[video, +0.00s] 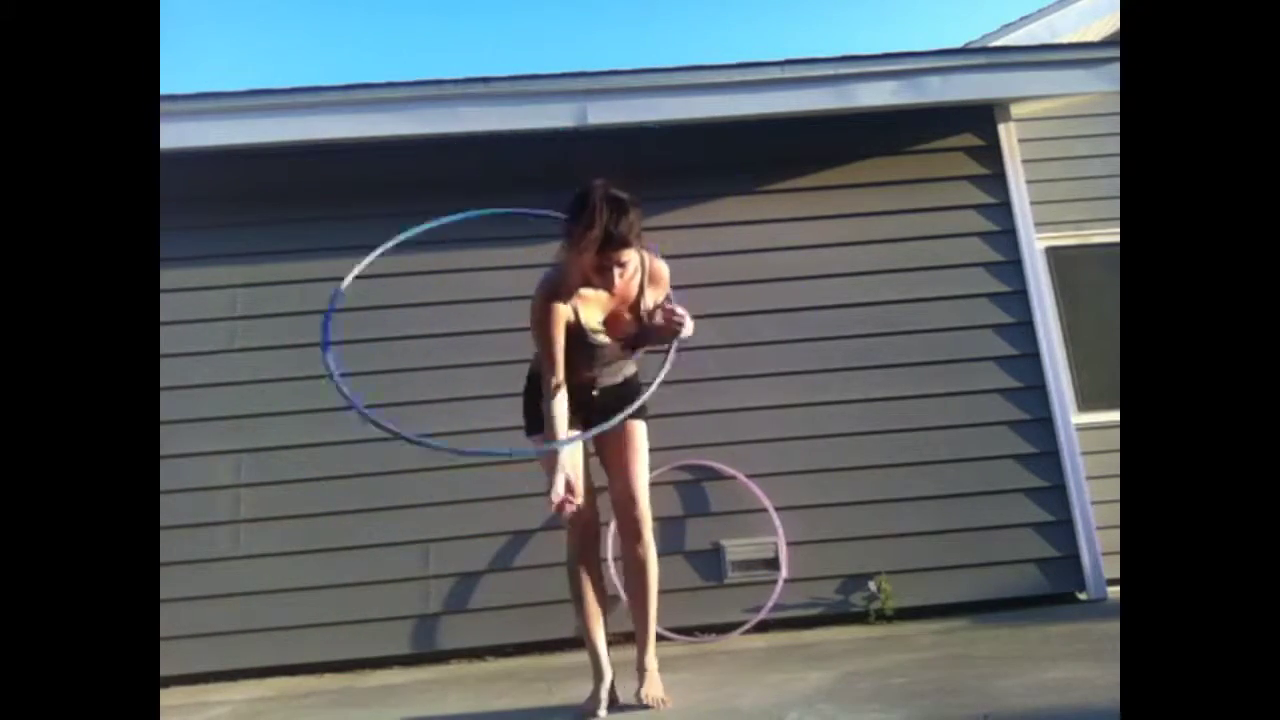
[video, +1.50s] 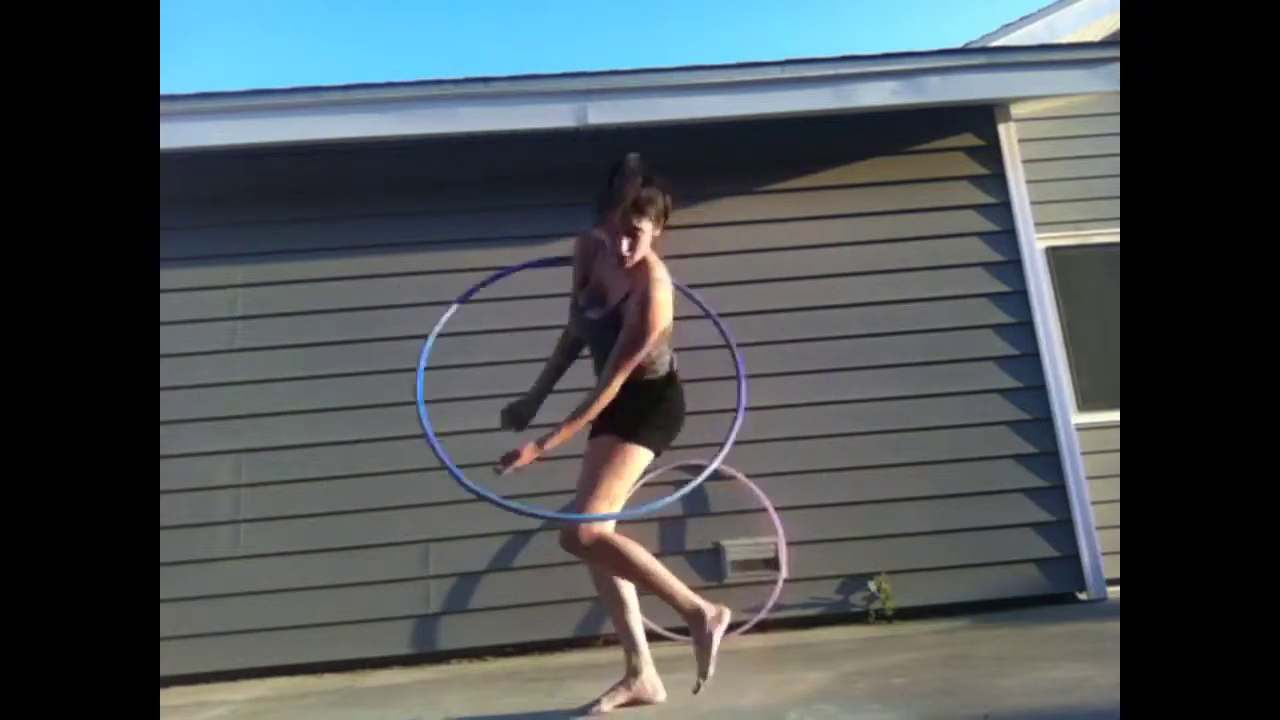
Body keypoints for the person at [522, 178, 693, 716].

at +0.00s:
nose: (615, 272)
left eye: (623, 262)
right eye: (604, 263)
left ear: (639, 247)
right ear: (583, 251)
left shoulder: (653, 273)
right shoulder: (556, 295)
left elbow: (643, 332)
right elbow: (556, 384)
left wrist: (669, 328)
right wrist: (564, 462)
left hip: (619, 390)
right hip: (558, 398)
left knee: (637, 521)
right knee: (584, 530)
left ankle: (648, 664)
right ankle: (601, 674)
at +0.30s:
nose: (615, 267)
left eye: (623, 255)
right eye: (603, 255)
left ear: (637, 242)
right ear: (579, 242)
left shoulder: (659, 285)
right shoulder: (553, 267)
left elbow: (660, 377)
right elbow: (523, 306)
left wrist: (606, 432)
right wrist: (506, 289)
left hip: (637, 394)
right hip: (569, 396)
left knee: (691, 520)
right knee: (587, 531)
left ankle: (759, 647)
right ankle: (605, 674)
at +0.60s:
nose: (656, 273)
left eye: (664, 261)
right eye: (645, 264)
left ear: (676, 245)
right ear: (620, 253)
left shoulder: (698, 283)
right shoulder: (588, 290)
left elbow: (700, 362)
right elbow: (576, 355)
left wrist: (681, 425)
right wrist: (585, 367)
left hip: (679, 383)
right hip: (612, 385)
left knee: (721, 516)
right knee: (613, 527)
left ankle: (766, 657)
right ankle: (608, 676)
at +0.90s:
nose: (717, 266)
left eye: (724, 255)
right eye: (706, 258)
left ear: (731, 243)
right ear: (680, 245)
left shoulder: (735, 258)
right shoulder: (649, 295)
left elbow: (733, 285)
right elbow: (649, 375)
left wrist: (767, 281)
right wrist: (700, 426)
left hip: (710, 383)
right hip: (650, 392)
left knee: (749, 513)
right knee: (651, 532)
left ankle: (770, 661)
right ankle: (614, 675)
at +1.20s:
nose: (707, 290)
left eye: (713, 279)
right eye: (698, 280)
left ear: (722, 267)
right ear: (673, 267)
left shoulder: (739, 286)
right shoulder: (634, 311)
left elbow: (739, 345)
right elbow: (646, 395)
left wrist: (752, 366)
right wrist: (675, 458)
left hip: (710, 393)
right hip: (643, 401)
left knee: (743, 519)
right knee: (622, 533)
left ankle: (768, 660)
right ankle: (631, 671)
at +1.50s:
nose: (624, 244)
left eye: (635, 235)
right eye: (618, 231)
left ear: (656, 232)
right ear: (605, 222)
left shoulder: (652, 289)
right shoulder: (591, 248)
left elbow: (612, 386)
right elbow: (576, 331)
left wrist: (541, 446)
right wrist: (533, 398)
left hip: (651, 398)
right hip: (614, 394)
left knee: (587, 529)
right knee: (589, 534)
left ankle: (702, 613)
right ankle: (642, 676)